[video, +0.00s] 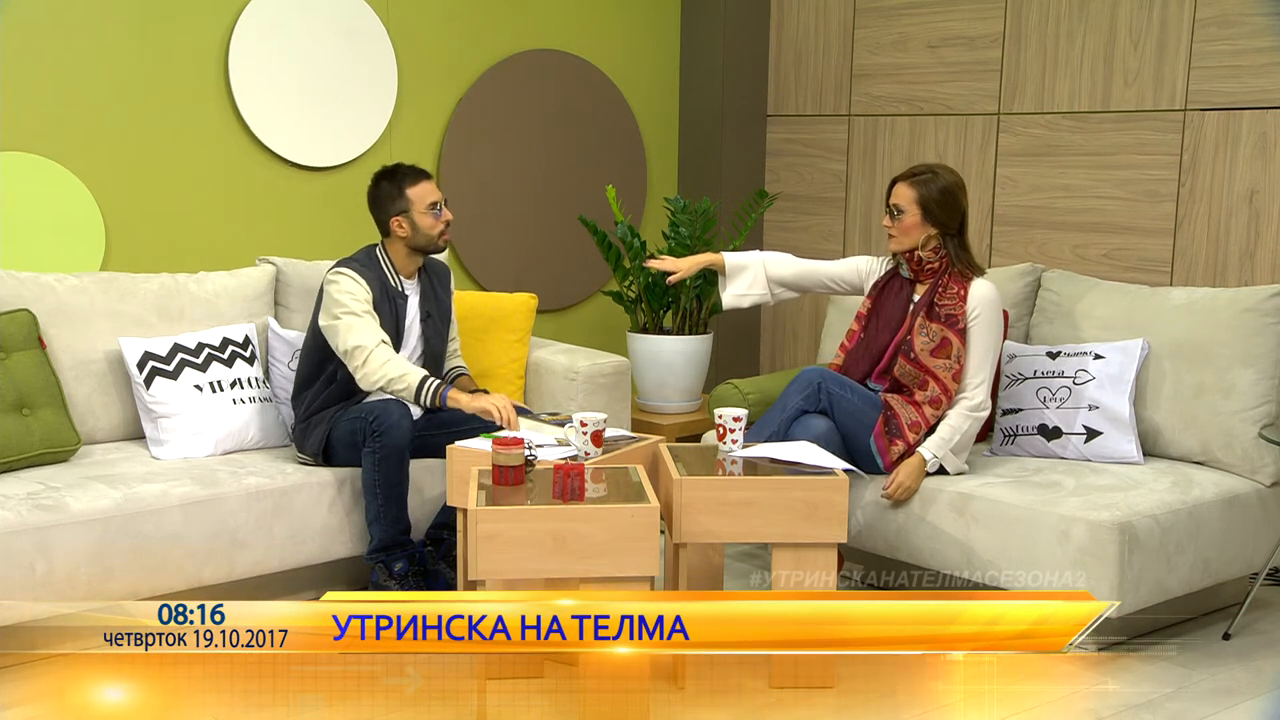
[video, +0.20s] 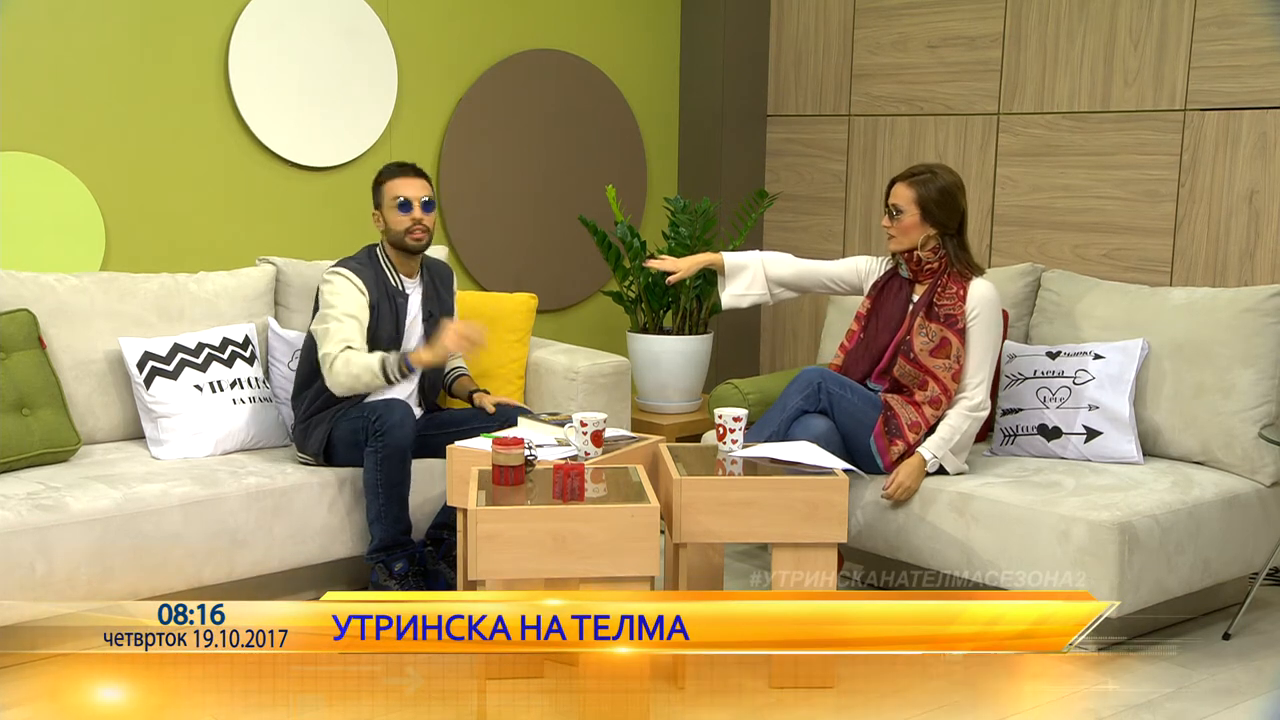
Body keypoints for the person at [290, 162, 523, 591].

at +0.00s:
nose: (448, 217)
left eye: (444, 206)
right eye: (434, 210)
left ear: (404, 227)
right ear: (399, 226)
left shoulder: (437, 274)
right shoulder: (347, 281)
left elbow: (450, 359)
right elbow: (373, 363)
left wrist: (477, 396)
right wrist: (455, 398)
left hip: (409, 419)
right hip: (331, 424)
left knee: (501, 428)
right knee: (391, 414)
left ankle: (440, 547)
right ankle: (391, 561)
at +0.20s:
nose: (418, 216)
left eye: (427, 205)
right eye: (404, 206)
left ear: (435, 214)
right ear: (379, 218)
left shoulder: (439, 275)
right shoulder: (346, 279)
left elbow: (444, 356)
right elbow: (341, 373)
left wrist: (475, 392)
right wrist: (420, 357)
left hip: (412, 422)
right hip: (333, 425)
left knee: (510, 420)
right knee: (395, 415)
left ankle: (440, 549)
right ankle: (392, 562)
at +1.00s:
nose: (388, 215)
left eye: (400, 205)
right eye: (375, 204)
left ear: (417, 215)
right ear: (358, 212)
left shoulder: (437, 274)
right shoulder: (332, 264)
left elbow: (460, 346)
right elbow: (304, 211)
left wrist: (493, 388)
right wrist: (272, 130)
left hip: (415, 421)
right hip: (336, 425)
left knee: (515, 421)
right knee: (393, 414)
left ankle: (442, 550)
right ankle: (392, 564)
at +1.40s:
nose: (392, 223)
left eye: (400, 211)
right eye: (378, 213)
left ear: (412, 214)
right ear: (352, 220)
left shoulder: (436, 273)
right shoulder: (321, 265)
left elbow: (509, 314)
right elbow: (280, 228)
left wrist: (608, 318)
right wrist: (237, 161)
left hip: (413, 420)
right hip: (331, 425)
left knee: (521, 422)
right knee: (386, 414)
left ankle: (438, 552)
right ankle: (390, 559)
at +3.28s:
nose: (420, 224)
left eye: (425, 211)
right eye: (404, 216)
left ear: (434, 213)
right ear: (377, 226)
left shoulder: (461, 274)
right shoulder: (347, 272)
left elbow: (545, 299)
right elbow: (319, 339)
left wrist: (651, 299)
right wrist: (357, 288)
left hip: (417, 422)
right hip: (332, 423)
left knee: (517, 430)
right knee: (394, 410)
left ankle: (443, 550)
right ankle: (392, 557)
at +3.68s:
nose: (422, 225)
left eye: (427, 212)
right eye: (405, 217)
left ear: (437, 214)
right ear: (379, 227)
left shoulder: (463, 275)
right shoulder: (348, 273)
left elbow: (547, 299)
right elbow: (318, 341)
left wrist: (653, 299)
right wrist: (357, 289)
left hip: (416, 421)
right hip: (332, 423)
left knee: (517, 431)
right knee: (392, 409)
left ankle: (443, 552)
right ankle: (393, 560)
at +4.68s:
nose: (442, 228)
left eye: (443, 216)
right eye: (427, 219)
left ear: (445, 217)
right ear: (389, 229)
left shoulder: (461, 276)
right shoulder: (340, 284)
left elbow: (542, 302)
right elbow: (306, 377)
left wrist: (647, 306)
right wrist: (369, 382)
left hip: (421, 421)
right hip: (335, 424)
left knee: (518, 431)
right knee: (391, 414)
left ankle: (444, 551)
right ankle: (393, 557)